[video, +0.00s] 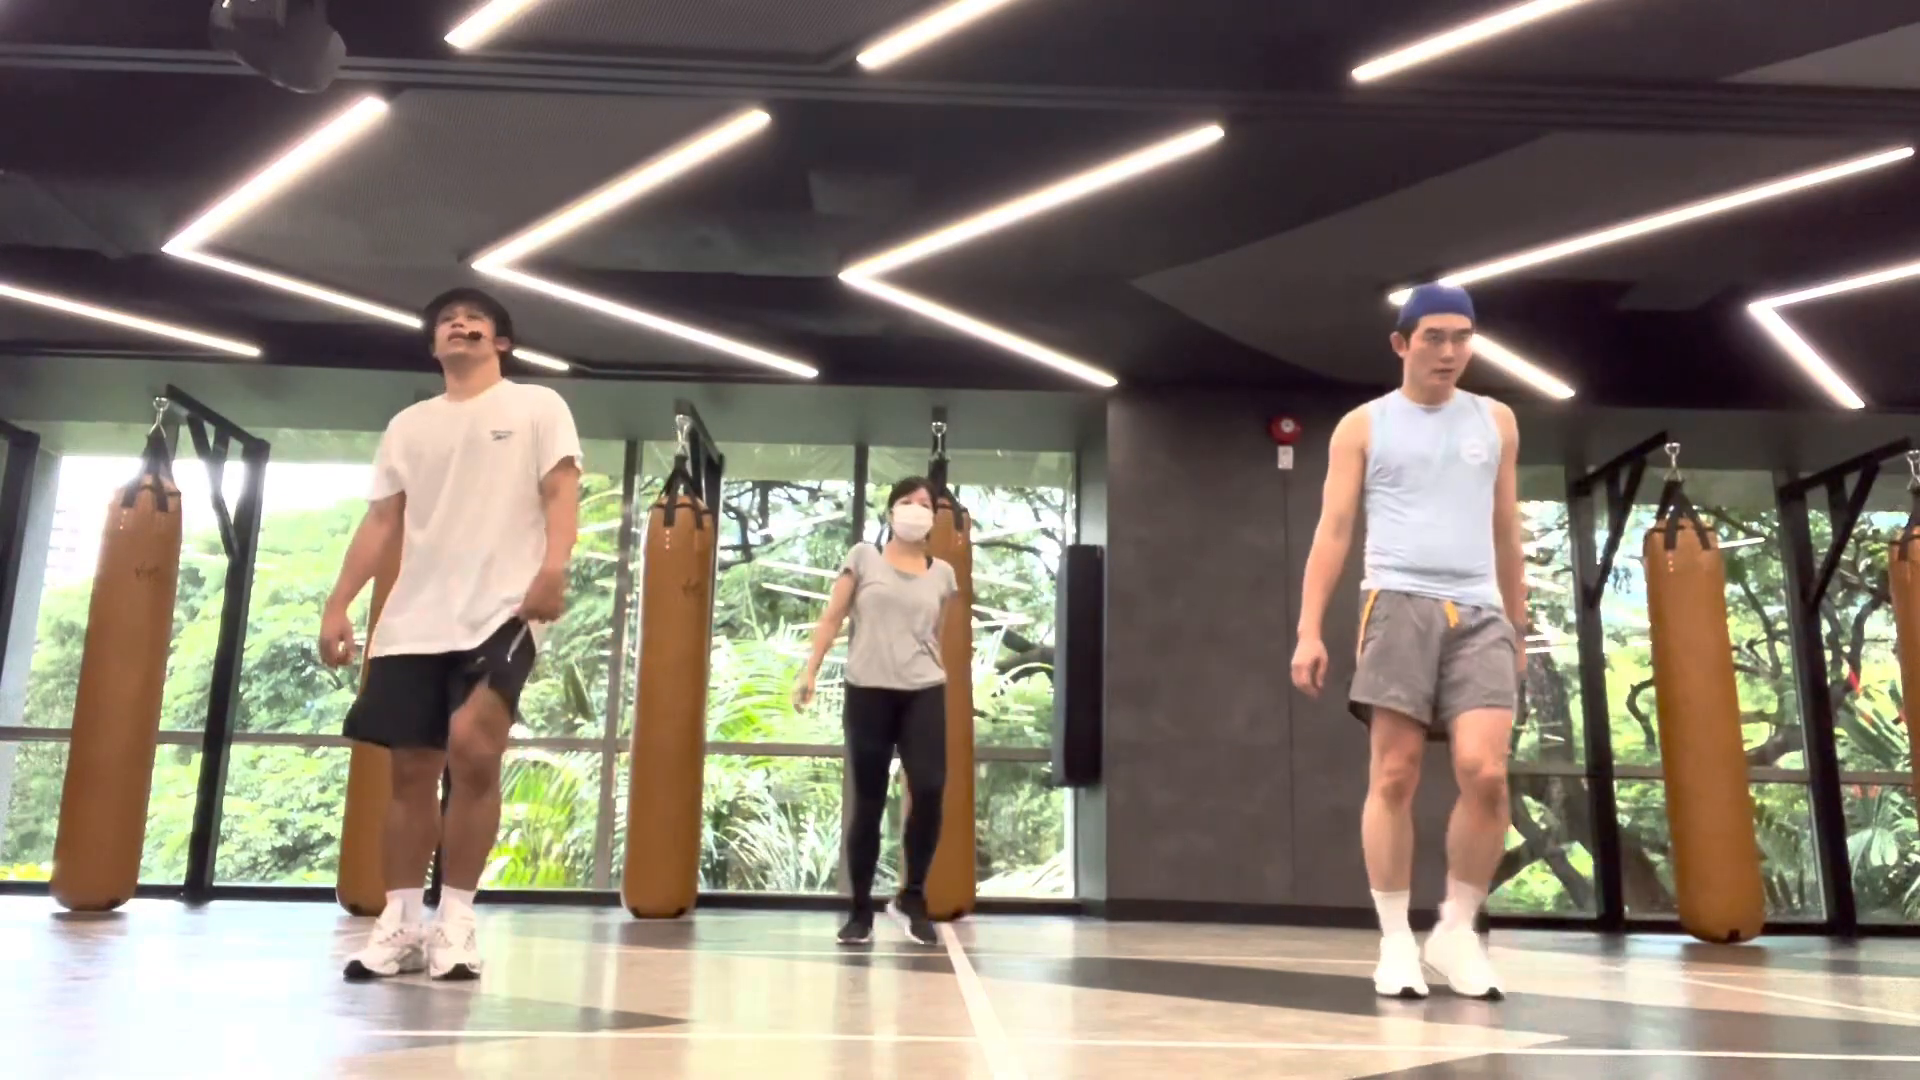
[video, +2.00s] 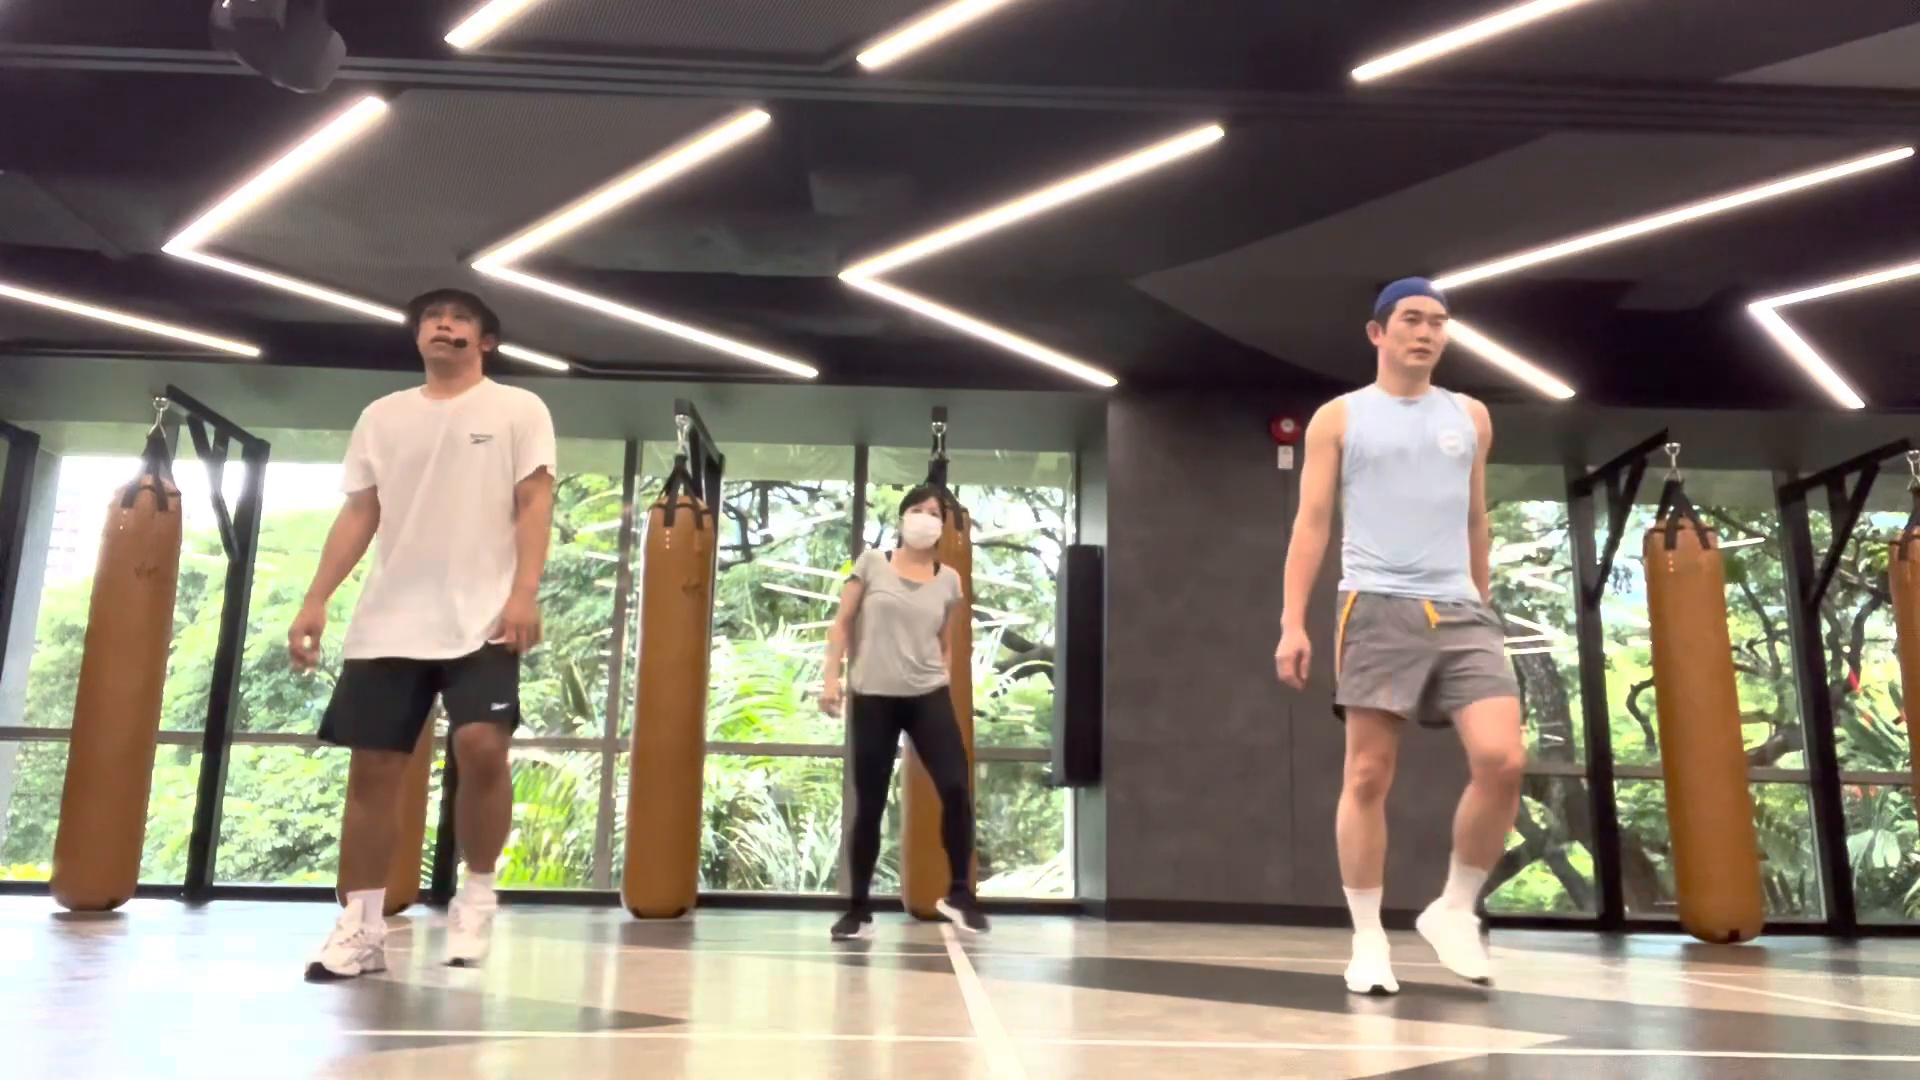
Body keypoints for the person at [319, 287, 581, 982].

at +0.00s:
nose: (460, 327)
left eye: (475, 320)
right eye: (447, 322)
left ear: (502, 341)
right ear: (432, 345)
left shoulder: (539, 405)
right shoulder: (407, 426)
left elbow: (562, 495)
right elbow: (379, 523)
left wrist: (554, 569)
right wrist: (338, 604)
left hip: (499, 616)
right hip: (412, 621)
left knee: (473, 746)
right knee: (410, 769)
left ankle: (455, 922)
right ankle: (400, 925)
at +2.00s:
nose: (447, 327)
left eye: (463, 319)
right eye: (435, 318)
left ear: (487, 342)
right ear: (416, 337)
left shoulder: (520, 410)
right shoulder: (381, 416)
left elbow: (534, 502)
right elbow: (357, 515)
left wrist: (525, 592)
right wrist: (316, 600)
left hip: (483, 618)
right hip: (392, 618)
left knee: (484, 750)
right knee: (372, 768)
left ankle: (475, 900)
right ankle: (359, 927)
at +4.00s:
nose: (445, 322)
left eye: (459, 309)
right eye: (445, 311)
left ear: (499, 321)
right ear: (454, 325)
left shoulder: (547, 409)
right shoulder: (416, 407)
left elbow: (564, 506)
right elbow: (397, 515)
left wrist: (559, 592)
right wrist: (383, 603)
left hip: (501, 614)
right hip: (408, 615)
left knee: (519, 746)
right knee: (375, 765)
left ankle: (560, 892)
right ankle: (359, 929)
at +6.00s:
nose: (496, 338)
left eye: (513, 331)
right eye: (485, 329)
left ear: (537, 354)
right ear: (467, 349)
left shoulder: (566, 430)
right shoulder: (431, 421)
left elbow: (582, 526)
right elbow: (382, 511)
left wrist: (576, 608)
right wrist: (395, 453)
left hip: (524, 630)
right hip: (429, 628)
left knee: (553, 765)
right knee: (381, 773)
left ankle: (606, 922)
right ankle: (330, 924)